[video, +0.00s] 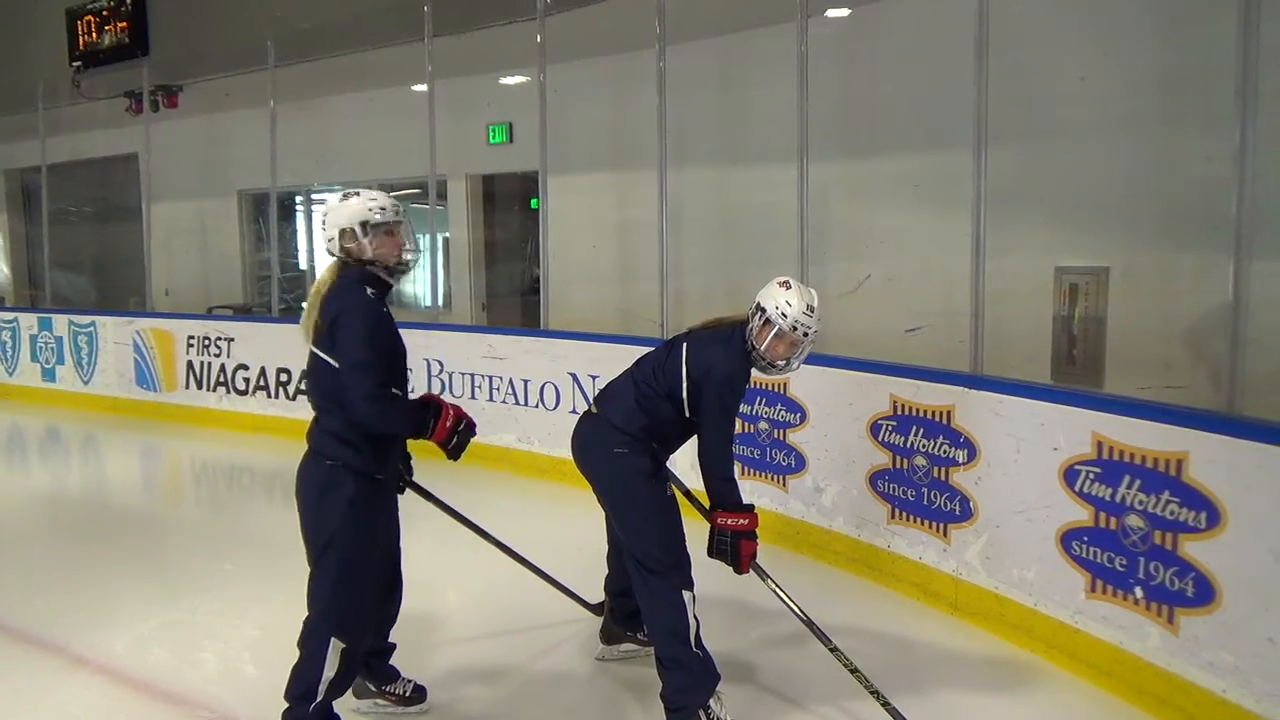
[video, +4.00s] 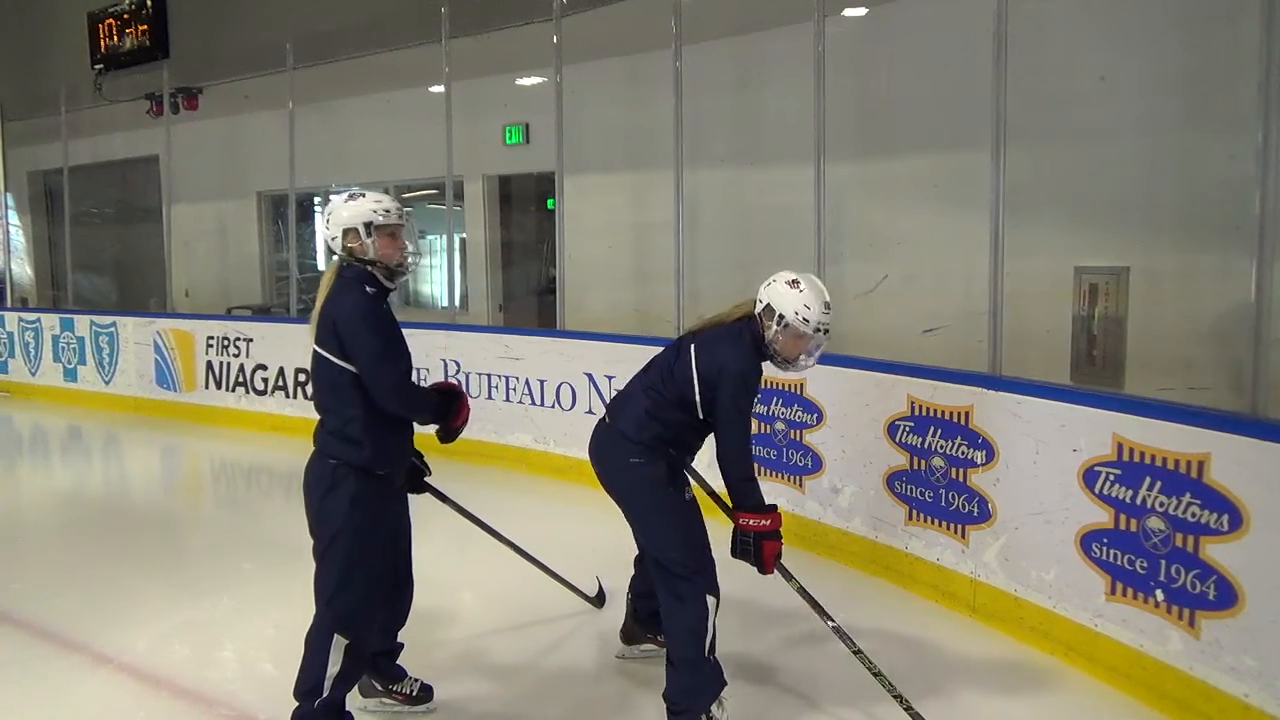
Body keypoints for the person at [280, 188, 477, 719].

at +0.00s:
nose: (400, 241)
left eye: (400, 231)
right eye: (387, 232)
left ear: (391, 238)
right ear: (356, 240)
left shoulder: (359, 295)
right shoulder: (354, 301)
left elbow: (351, 392)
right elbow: (365, 399)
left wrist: (390, 448)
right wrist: (429, 417)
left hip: (363, 469)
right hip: (342, 475)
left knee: (378, 579)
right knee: (341, 598)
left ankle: (372, 672)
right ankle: (307, 708)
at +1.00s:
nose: (359, 249)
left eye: (368, 236)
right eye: (346, 239)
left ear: (383, 241)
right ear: (325, 248)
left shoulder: (383, 305)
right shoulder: (312, 319)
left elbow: (399, 389)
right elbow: (323, 411)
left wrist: (428, 432)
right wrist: (394, 430)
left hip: (385, 468)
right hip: (336, 474)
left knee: (386, 577)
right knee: (344, 597)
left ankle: (373, 669)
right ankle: (320, 707)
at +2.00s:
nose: (361, 253)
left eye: (368, 239)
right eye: (346, 243)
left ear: (381, 242)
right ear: (324, 251)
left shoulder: (385, 303)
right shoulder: (317, 320)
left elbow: (394, 387)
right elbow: (344, 408)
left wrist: (417, 447)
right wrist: (423, 415)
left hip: (386, 466)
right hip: (339, 474)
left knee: (388, 576)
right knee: (346, 599)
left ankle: (378, 668)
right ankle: (325, 707)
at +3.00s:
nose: (409, 239)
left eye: (406, 229)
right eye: (397, 230)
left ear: (372, 239)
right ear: (367, 239)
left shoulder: (359, 293)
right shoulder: (368, 300)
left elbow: (368, 394)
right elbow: (410, 387)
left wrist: (404, 460)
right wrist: (466, 396)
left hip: (371, 469)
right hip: (356, 474)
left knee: (387, 579)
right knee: (353, 596)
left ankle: (377, 670)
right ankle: (328, 706)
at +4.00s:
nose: (401, 245)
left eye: (401, 235)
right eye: (388, 236)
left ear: (389, 240)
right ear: (356, 241)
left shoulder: (360, 294)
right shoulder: (356, 299)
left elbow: (360, 395)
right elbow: (391, 393)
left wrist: (400, 455)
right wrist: (444, 402)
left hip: (372, 470)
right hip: (348, 474)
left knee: (388, 579)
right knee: (348, 596)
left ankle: (377, 672)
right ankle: (318, 708)